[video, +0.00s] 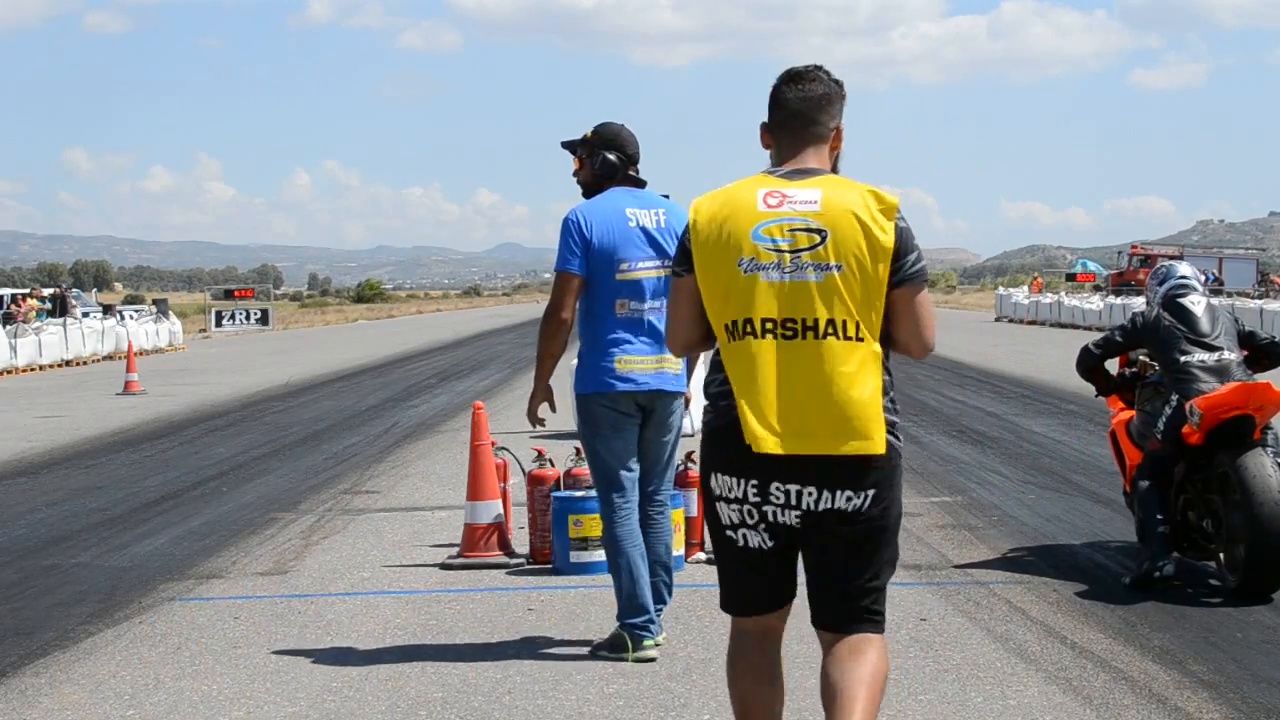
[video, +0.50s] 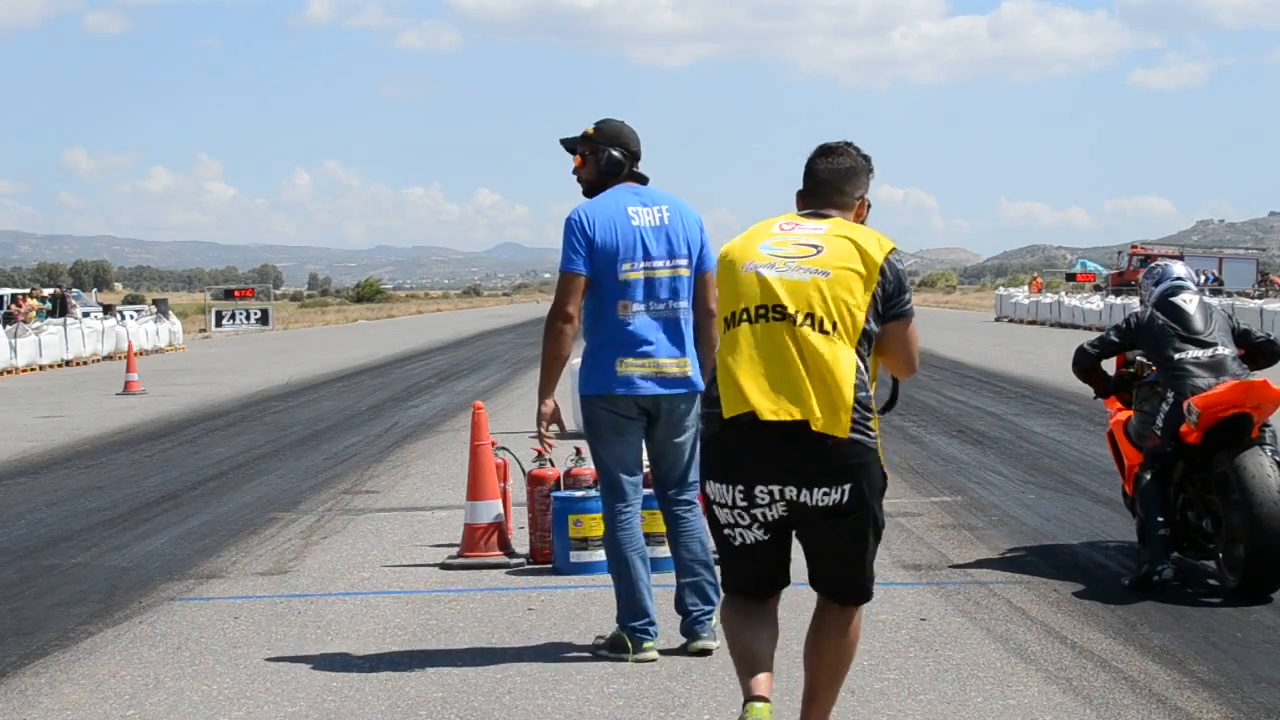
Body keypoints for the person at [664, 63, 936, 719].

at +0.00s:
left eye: (769, 127)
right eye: (838, 128)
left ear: (765, 134)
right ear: (840, 135)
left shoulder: (709, 215)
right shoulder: (877, 215)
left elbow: (683, 338)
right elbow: (918, 341)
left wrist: (750, 301)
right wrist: (852, 302)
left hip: (743, 456)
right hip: (851, 457)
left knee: (754, 623)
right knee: (854, 627)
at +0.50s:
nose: (868, 210)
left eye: (865, 202)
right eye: (868, 203)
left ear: (799, 198)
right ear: (860, 206)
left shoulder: (738, 247)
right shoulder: (876, 254)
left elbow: (730, 339)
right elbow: (904, 361)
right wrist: (860, 323)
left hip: (739, 450)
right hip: (836, 456)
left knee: (748, 585)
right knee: (841, 593)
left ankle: (756, 702)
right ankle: (814, 715)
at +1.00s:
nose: (892, 343)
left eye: (890, 337)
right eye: (891, 337)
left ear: (832, 333)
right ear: (884, 342)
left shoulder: (788, 352)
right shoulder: (888, 375)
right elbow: (923, 468)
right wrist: (900, 383)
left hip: (700, 483)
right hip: (786, 492)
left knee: (773, 571)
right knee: (921, 592)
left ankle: (762, 703)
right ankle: (822, 708)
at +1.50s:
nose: (898, 431)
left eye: (897, 427)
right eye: (897, 426)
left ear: (833, 423)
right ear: (889, 430)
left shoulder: (797, 442)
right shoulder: (892, 462)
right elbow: (930, 546)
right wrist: (905, 464)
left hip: (711, 583)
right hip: (796, 582)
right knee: (957, 606)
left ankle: (766, 696)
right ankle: (834, 706)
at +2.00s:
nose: (899, 447)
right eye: (897, 441)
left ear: (832, 438)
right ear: (889, 447)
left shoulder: (792, 460)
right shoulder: (891, 478)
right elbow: (932, 565)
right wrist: (904, 481)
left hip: (718, 608)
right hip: (800, 611)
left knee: (777, 568)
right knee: (967, 612)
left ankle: (769, 696)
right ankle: (839, 707)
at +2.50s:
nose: (892, 455)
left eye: (891, 447)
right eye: (891, 447)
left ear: (824, 442)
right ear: (880, 451)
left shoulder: (784, 463)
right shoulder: (883, 482)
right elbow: (925, 571)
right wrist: (899, 488)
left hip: (715, 614)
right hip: (801, 617)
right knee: (964, 608)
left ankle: (764, 697)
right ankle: (841, 707)